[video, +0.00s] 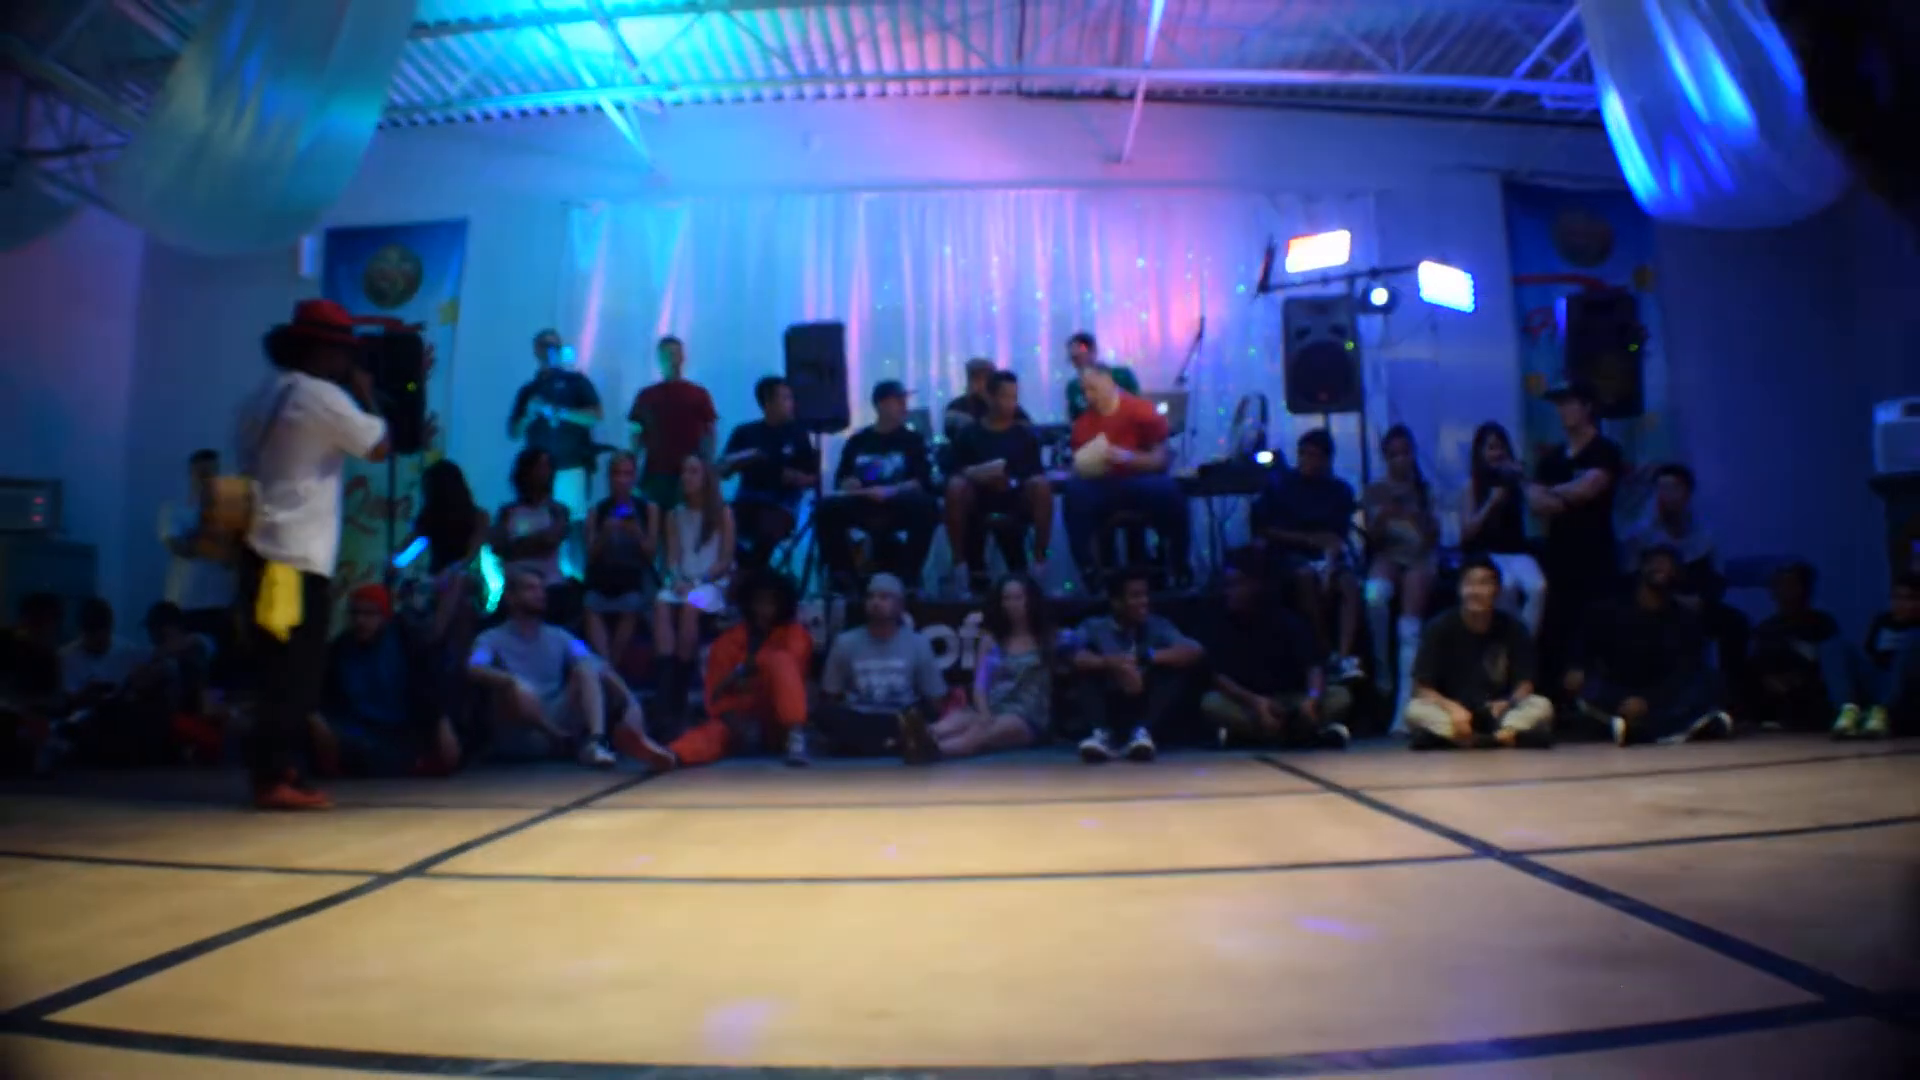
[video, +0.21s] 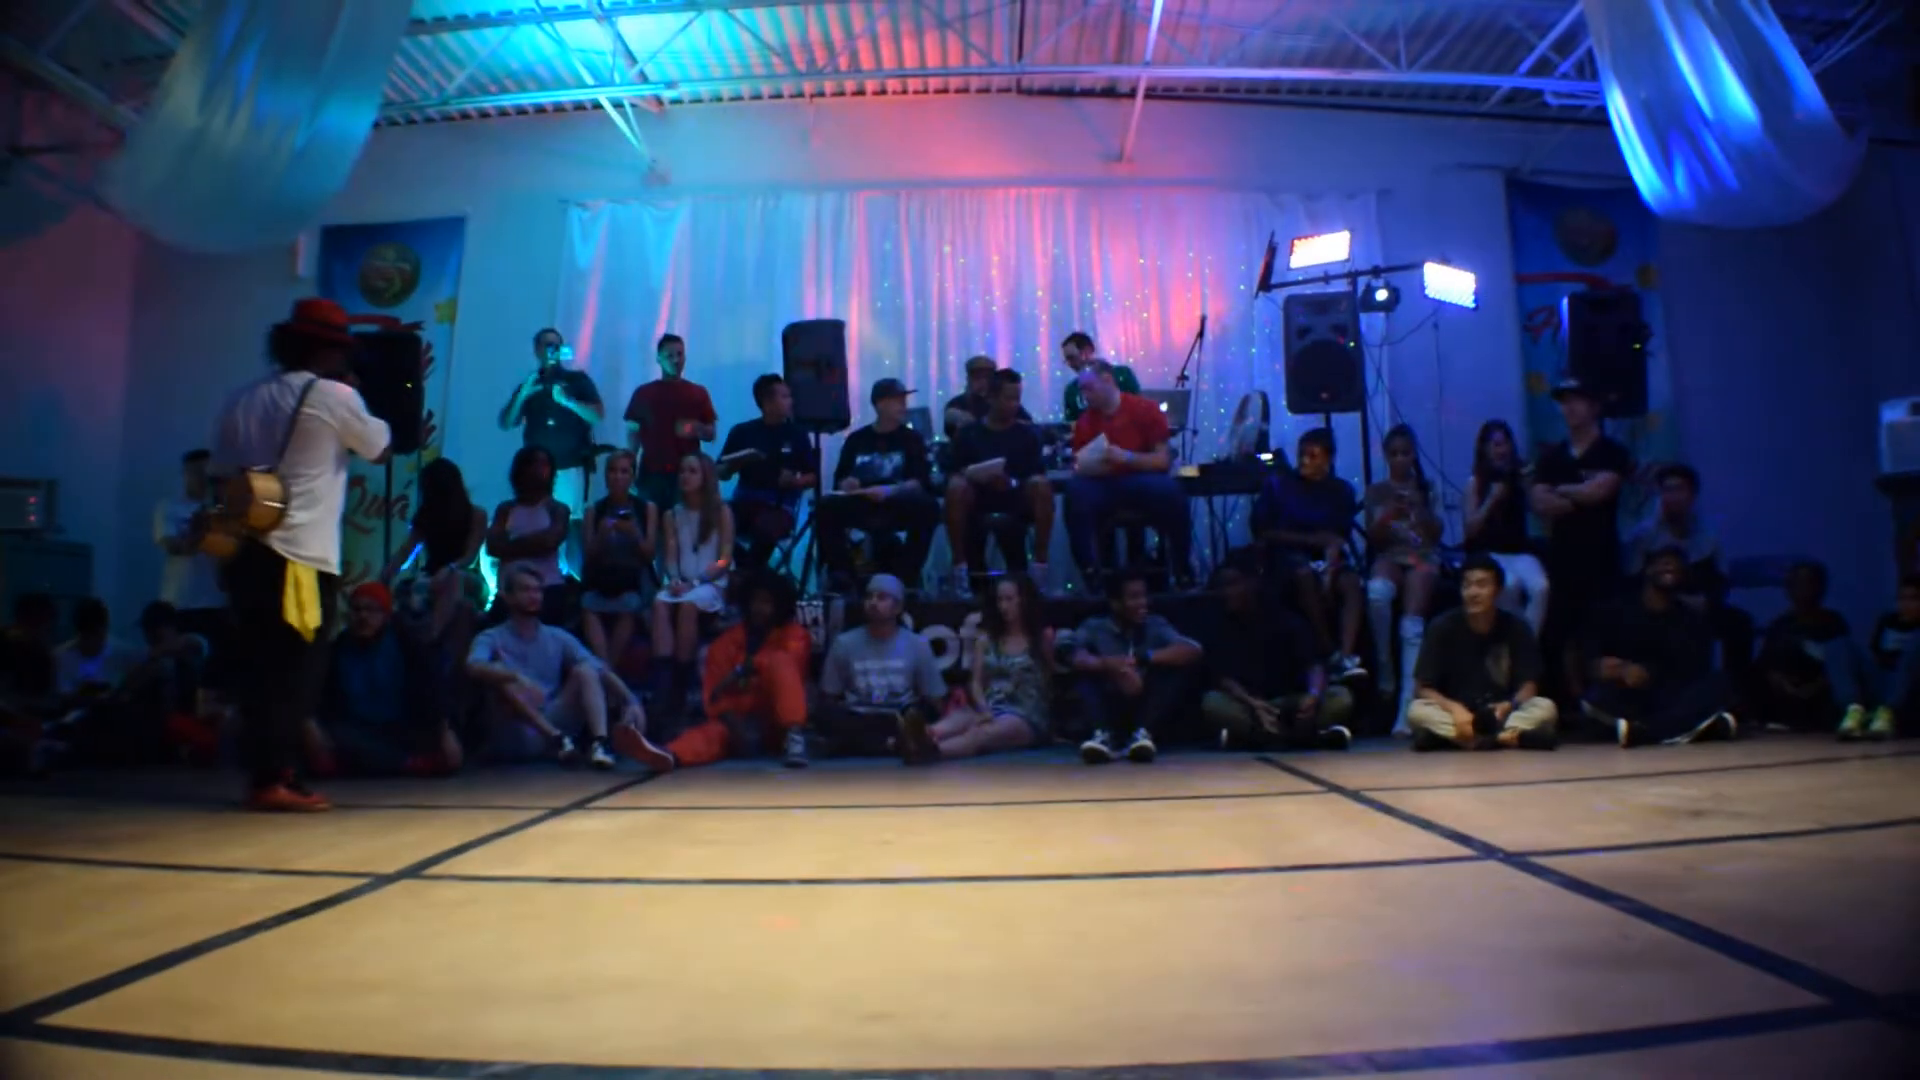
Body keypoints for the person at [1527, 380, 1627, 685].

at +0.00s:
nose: (1565, 412)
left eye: (1571, 406)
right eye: (1562, 406)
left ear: (1587, 409)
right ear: (1558, 412)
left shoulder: (1605, 451)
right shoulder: (1553, 456)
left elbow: (1588, 489)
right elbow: (1535, 499)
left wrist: (1548, 491)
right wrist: (1568, 497)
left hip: (1595, 551)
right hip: (1559, 553)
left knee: (1594, 621)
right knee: (1558, 625)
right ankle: (1555, 692)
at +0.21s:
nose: (1569, 410)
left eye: (1576, 404)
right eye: (1566, 404)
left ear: (1593, 408)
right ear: (1561, 410)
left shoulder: (1612, 451)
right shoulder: (1552, 455)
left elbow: (1599, 491)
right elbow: (1539, 500)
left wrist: (1557, 490)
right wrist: (1582, 495)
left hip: (1601, 554)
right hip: (1562, 557)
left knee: (1601, 630)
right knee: (1559, 633)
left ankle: (1601, 705)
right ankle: (1564, 703)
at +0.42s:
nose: (1572, 412)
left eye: (1578, 406)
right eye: (1566, 406)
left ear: (1594, 410)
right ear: (1561, 411)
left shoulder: (1614, 454)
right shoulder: (1550, 455)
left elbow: (1604, 493)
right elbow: (1538, 504)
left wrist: (1558, 493)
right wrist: (1588, 495)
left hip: (1601, 555)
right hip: (1562, 557)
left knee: (1601, 632)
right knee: (1559, 634)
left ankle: (1601, 705)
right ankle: (1566, 704)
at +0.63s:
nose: (1571, 417)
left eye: (1576, 410)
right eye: (1564, 411)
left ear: (1587, 414)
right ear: (1556, 417)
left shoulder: (1609, 453)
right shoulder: (1545, 459)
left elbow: (1608, 494)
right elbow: (1539, 509)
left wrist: (1558, 496)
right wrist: (1588, 497)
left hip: (1602, 558)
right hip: (1561, 561)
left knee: (1605, 631)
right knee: (1562, 635)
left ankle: (1607, 702)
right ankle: (1567, 703)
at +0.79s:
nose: (1569, 419)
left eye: (1574, 412)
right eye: (1562, 414)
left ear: (1584, 416)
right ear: (1552, 420)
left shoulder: (1607, 454)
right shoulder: (1542, 463)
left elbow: (1610, 492)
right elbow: (1539, 513)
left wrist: (1561, 498)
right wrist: (1591, 499)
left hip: (1601, 558)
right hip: (1560, 561)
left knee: (1605, 630)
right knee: (1563, 635)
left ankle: (1605, 702)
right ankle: (1567, 702)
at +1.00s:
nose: (1567, 422)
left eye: (1571, 414)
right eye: (1559, 416)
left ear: (1580, 417)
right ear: (1549, 422)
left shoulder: (1604, 455)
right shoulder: (1538, 465)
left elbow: (1610, 494)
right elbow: (1540, 515)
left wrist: (1559, 500)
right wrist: (1590, 501)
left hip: (1598, 558)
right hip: (1558, 561)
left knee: (1601, 627)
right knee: (1558, 631)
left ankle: (1604, 694)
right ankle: (1557, 693)